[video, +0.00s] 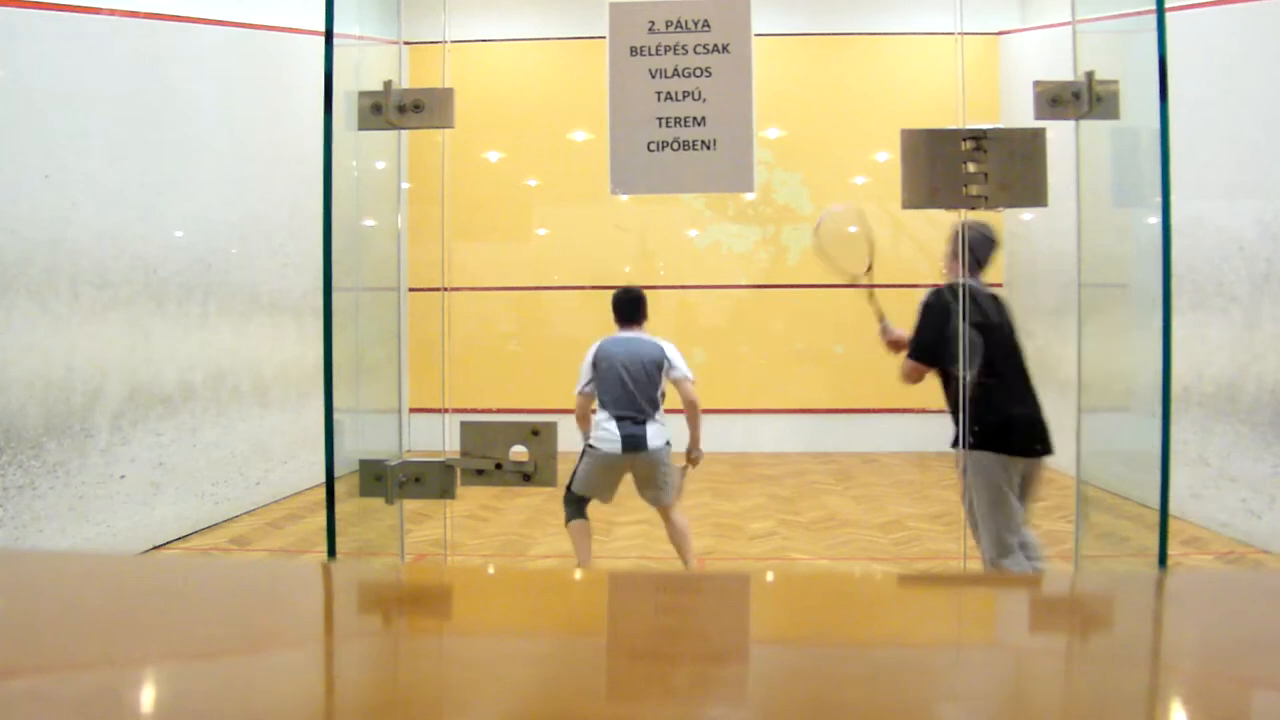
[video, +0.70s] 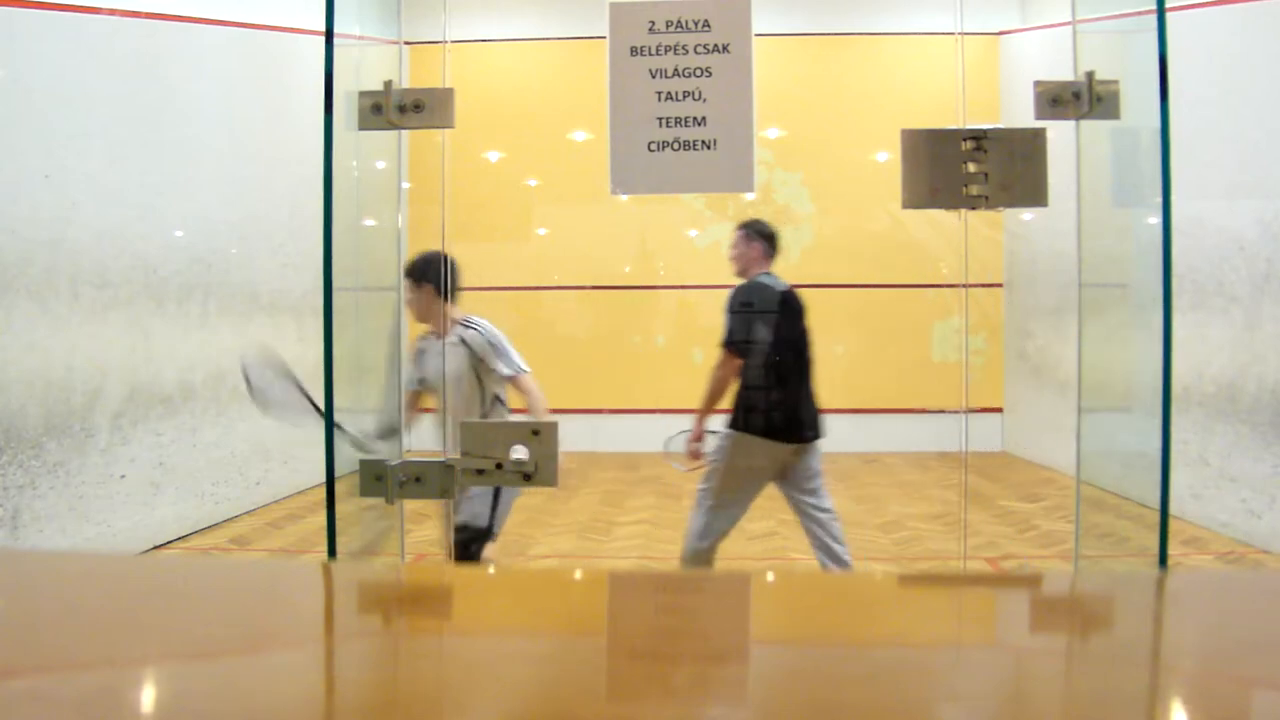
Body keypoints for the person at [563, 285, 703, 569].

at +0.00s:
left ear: (615, 315)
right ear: (645, 314)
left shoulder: (598, 350)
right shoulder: (664, 349)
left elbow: (582, 409)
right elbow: (691, 400)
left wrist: (591, 441)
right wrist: (694, 444)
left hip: (606, 442)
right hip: (651, 441)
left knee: (575, 501)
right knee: (668, 507)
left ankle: (584, 570)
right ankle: (692, 569)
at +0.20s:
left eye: (581, 308)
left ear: (575, 312)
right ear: (603, 312)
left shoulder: (561, 347)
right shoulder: (627, 349)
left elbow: (554, 399)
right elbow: (658, 403)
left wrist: (547, 421)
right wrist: (643, 435)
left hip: (589, 451)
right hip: (632, 446)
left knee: (557, 506)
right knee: (652, 510)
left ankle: (582, 574)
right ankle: (690, 566)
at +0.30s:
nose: (538, 298)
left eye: (539, 294)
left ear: (542, 295)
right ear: (571, 295)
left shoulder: (543, 324)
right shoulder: (595, 332)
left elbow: (550, 365)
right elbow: (619, 383)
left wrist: (537, 416)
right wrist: (608, 414)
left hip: (572, 438)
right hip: (609, 433)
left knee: (553, 508)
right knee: (608, 499)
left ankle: (581, 577)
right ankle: (644, 562)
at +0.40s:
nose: (503, 289)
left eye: (504, 283)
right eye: (503, 283)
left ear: (512, 285)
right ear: (537, 284)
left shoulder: (523, 314)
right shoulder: (556, 318)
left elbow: (540, 363)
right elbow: (574, 373)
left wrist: (520, 416)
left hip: (569, 433)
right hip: (592, 429)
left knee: (533, 507)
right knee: (547, 505)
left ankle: (565, 578)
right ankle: (573, 574)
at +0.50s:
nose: (471, 298)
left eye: (473, 290)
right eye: (472, 290)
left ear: (487, 292)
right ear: (497, 291)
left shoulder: (510, 328)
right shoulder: (509, 327)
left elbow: (533, 390)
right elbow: (529, 391)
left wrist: (523, 445)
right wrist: (515, 443)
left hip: (557, 443)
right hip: (553, 442)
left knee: (499, 519)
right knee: (501, 519)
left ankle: (531, 592)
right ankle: (530, 590)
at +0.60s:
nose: (442, 304)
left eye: (446, 295)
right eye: (443, 295)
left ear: (465, 296)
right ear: (464, 298)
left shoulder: (500, 340)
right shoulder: (465, 350)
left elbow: (545, 401)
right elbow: (464, 414)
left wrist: (554, 461)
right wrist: (437, 448)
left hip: (522, 459)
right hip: (495, 460)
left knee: (483, 535)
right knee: (503, 543)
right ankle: (541, 598)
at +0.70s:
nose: (407, 299)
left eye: (412, 290)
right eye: (408, 290)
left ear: (431, 290)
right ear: (425, 292)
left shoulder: (478, 334)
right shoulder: (424, 348)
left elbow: (528, 387)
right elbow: (410, 406)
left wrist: (546, 443)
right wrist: (379, 435)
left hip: (496, 461)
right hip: (458, 462)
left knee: (464, 552)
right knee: (460, 553)